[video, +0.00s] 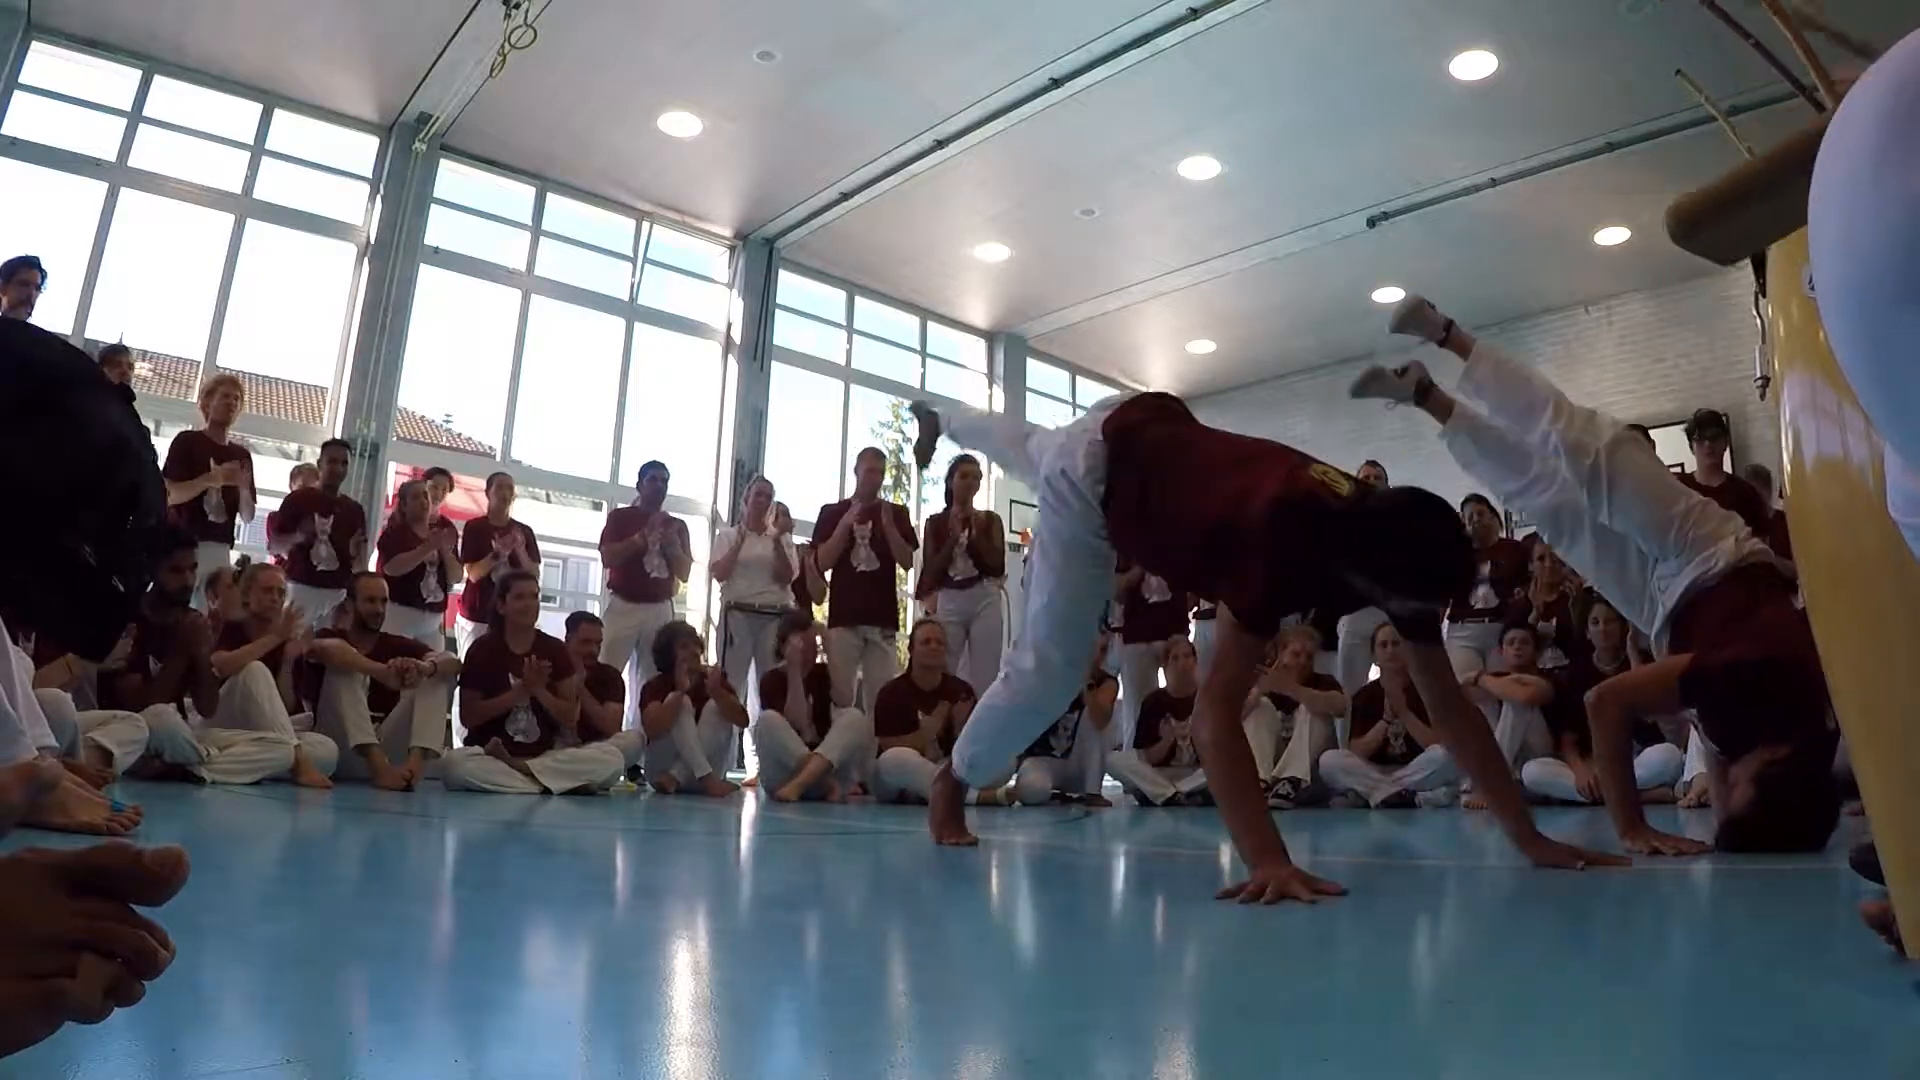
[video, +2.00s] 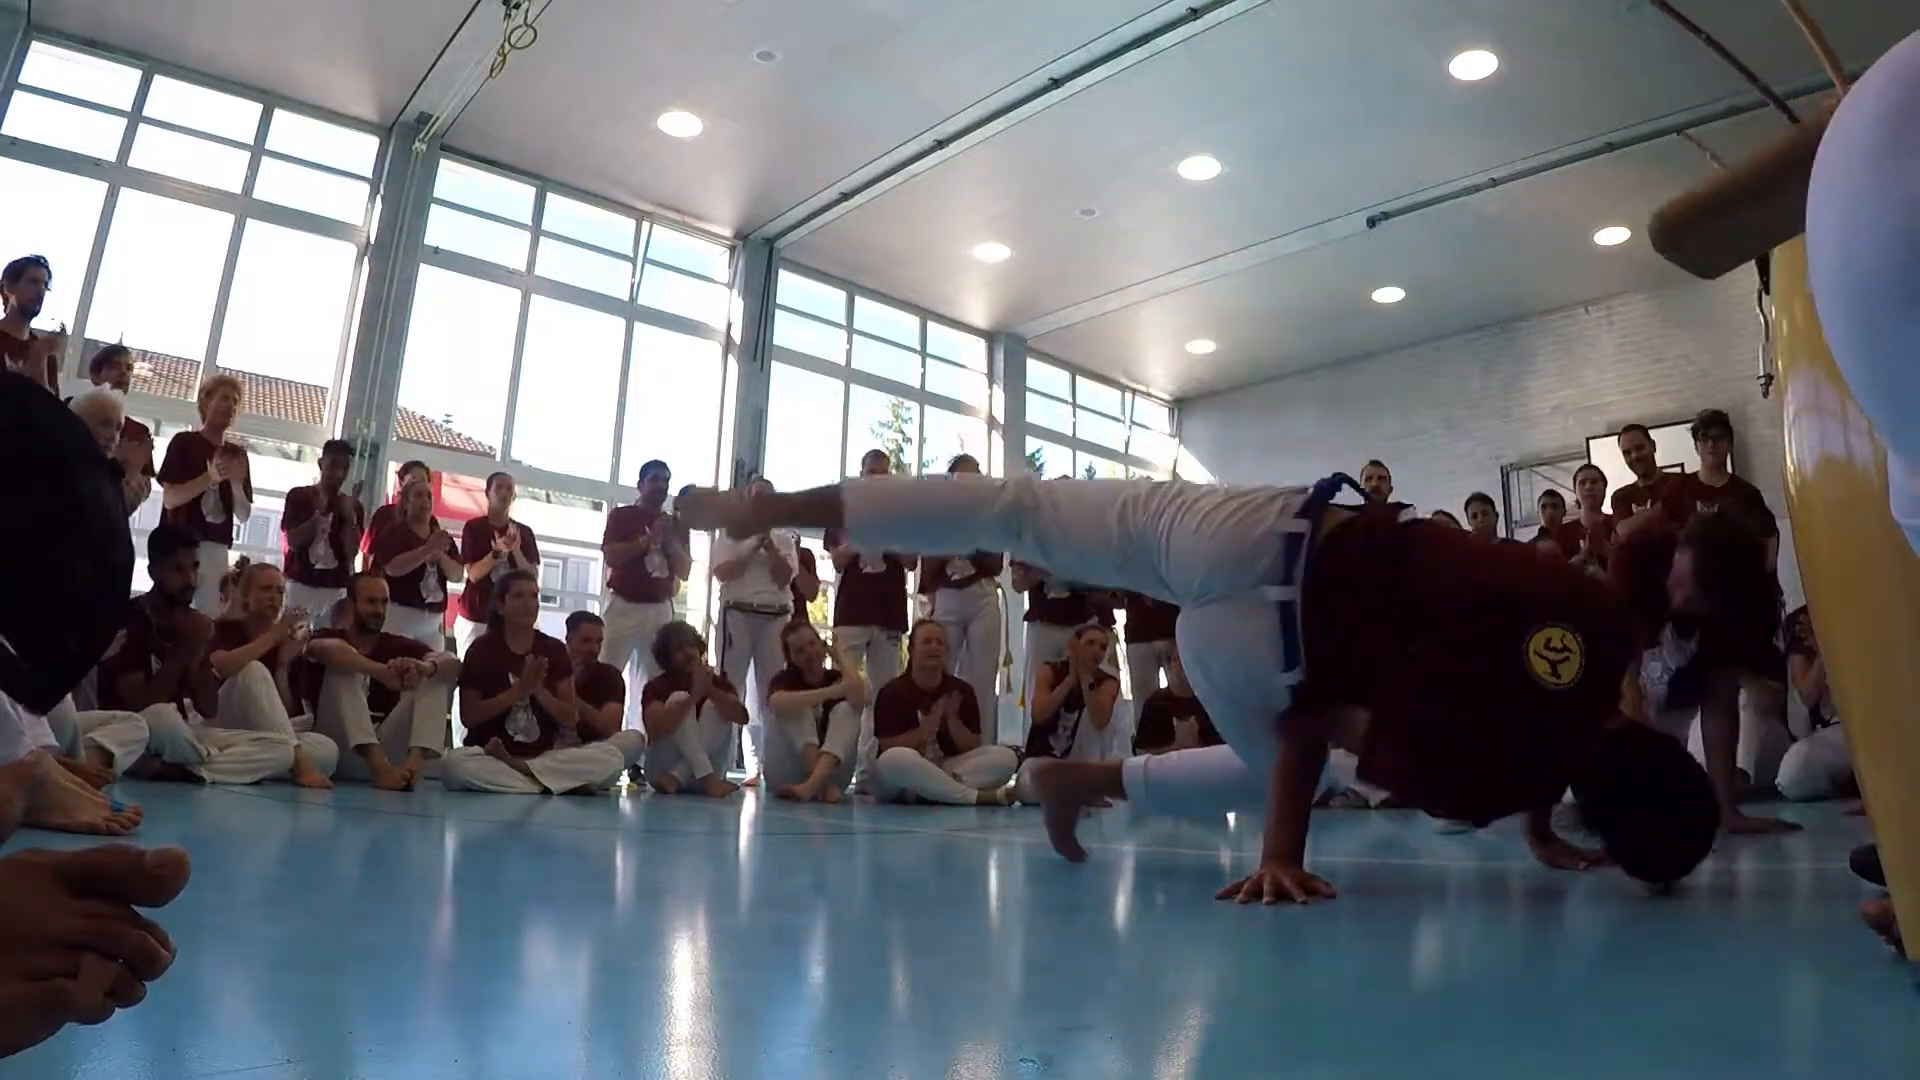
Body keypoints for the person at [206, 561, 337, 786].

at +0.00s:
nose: (275, 598)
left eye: (280, 592)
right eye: (267, 591)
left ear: (286, 598)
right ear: (247, 595)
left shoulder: (288, 641)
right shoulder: (231, 630)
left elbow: (288, 707)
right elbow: (221, 666)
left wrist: (288, 661)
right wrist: (277, 637)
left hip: (268, 733)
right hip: (224, 724)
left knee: (327, 752)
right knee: (254, 670)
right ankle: (299, 761)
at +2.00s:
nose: (274, 597)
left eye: (279, 591)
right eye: (265, 589)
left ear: (284, 597)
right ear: (245, 594)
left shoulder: (285, 641)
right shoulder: (224, 628)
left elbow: (290, 712)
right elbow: (220, 666)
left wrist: (283, 665)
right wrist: (273, 637)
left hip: (271, 733)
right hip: (223, 725)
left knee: (327, 751)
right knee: (253, 671)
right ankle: (299, 762)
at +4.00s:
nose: (273, 598)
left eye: (278, 592)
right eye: (264, 590)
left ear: (283, 597)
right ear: (245, 595)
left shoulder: (289, 645)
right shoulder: (226, 630)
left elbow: (290, 712)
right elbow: (220, 665)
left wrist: (282, 665)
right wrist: (279, 640)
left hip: (273, 734)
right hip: (225, 726)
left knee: (326, 752)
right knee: (253, 671)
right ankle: (300, 763)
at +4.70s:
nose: (285, 598)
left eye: (288, 592)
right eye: (277, 591)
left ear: (291, 598)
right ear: (252, 600)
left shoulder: (290, 646)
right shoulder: (232, 629)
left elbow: (302, 716)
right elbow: (225, 654)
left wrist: (312, 666)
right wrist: (290, 647)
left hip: (272, 733)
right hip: (224, 728)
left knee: (327, 752)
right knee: (253, 671)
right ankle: (298, 760)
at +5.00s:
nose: (295, 601)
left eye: (298, 596)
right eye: (287, 594)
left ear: (301, 601)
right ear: (262, 600)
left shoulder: (298, 654)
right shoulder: (233, 631)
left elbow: (301, 724)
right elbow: (239, 665)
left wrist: (322, 694)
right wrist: (305, 658)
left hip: (269, 736)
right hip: (222, 727)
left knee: (326, 753)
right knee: (253, 678)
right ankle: (298, 762)